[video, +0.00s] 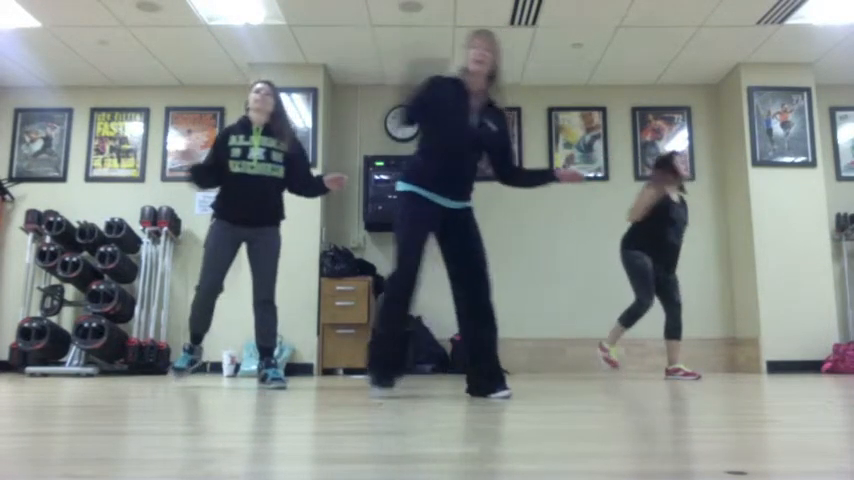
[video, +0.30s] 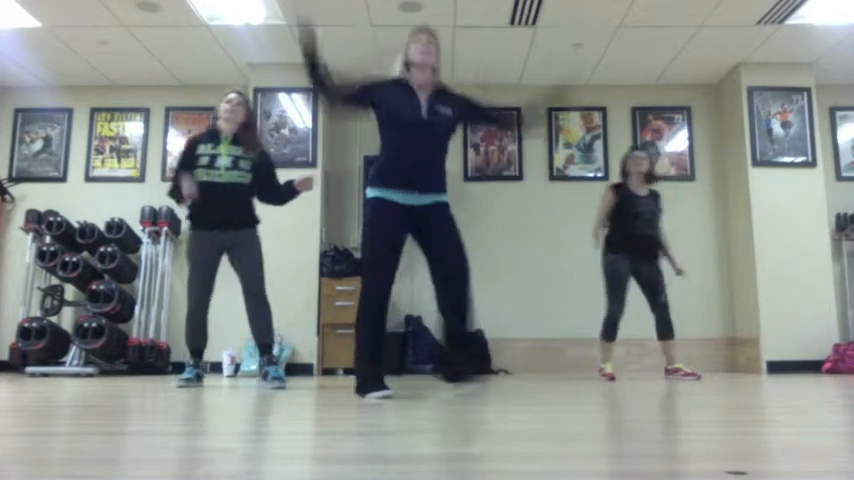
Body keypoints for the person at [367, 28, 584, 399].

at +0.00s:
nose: (478, 54)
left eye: (486, 50)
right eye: (474, 48)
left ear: (495, 61)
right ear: (464, 54)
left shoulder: (494, 116)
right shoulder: (442, 87)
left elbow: (508, 175)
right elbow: (412, 115)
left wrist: (554, 175)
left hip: (456, 207)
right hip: (417, 198)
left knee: (475, 290)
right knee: (405, 278)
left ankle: (484, 380)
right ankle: (381, 370)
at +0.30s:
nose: (426, 49)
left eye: (431, 45)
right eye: (419, 44)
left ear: (438, 54)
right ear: (407, 52)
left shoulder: (451, 101)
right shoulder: (385, 91)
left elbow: (489, 117)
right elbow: (336, 97)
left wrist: (515, 121)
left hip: (432, 204)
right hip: (387, 203)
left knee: (454, 274)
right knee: (376, 288)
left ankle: (456, 363)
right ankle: (369, 379)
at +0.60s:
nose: (414, 49)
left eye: (420, 46)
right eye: (408, 45)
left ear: (430, 57)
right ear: (397, 54)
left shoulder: (444, 99)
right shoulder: (380, 92)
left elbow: (492, 100)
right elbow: (338, 55)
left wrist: (522, 61)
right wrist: (332, 7)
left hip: (434, 199)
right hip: (391, 196)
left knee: (434, 283)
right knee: (388, 281)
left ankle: (414, 366)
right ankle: (375, 373)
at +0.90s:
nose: (430, 44)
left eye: (430, 38)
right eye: (424, 38)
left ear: (426, 44)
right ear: (411, 41)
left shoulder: (426, 72)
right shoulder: (407, 69)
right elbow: (404, 38)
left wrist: (442, 59)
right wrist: (409, 11)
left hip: (423, 169)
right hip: (416, 169)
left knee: (418, 258)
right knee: (418, 258)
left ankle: (420, 348)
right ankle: (413, 349)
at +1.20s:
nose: (439, 65)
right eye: (437, 59)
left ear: (402, 66)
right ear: (437, 64)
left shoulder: (391, 103)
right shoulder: (449, 95)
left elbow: (351, 114)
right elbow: (496, 58)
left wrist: (345, 82)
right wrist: (475, 18)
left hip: (398, 204)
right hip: (439, 203)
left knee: (405, 293)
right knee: (446, 293)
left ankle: (396, 375)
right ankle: (427, 374)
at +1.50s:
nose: (414, 48)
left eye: (418, 45)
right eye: (419, 43)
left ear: (424, 52)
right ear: (449, 58)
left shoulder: (422, 78)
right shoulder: (446, 83)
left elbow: (388, 50)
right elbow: (442, 57)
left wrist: (368, 5)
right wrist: (433, 28)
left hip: (426, 185)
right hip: (443, 183)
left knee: (419, 273)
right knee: (433, 271)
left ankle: (432, 367)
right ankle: (440, 361)